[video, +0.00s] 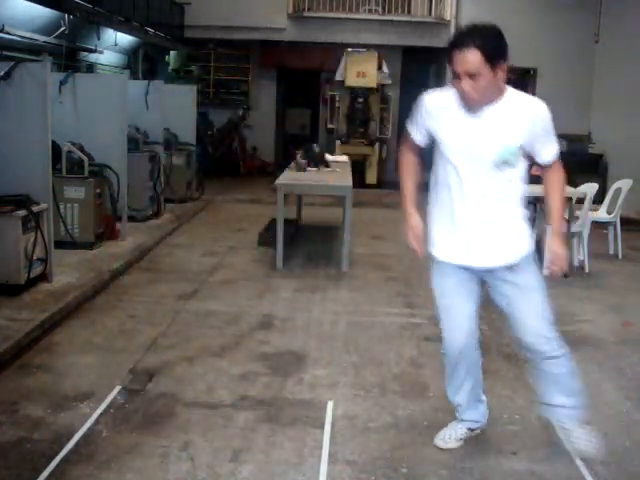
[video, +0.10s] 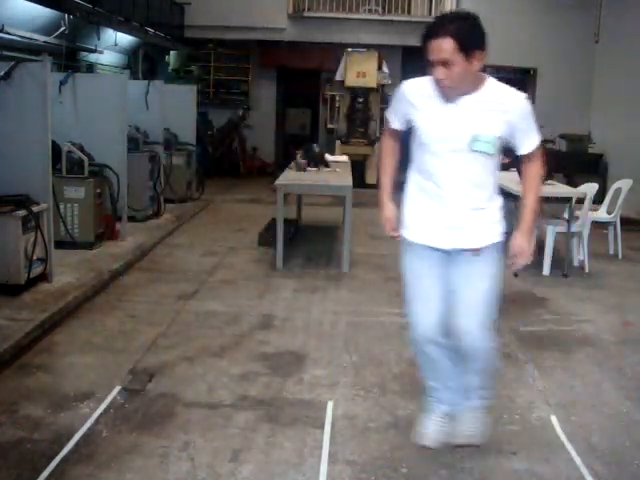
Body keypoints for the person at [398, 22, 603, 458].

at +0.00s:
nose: (463, 86)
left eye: (472, 76)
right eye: (457, 76)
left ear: (501, 70)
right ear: (449, 70)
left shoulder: (531, 113)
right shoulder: (434, 105)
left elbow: (552, 168)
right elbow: (409, 149)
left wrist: (556, 235)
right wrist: (411, 211)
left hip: (510, 252)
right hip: (449, 251)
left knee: (540, 339)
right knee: (457, 341)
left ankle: (568, 418)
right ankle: (469, 417)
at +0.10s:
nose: (436, 74)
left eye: (446, 64)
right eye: (432, 64)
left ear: (477, 60)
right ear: (426, 61)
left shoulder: (511, 105)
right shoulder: (412, 94)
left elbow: (532, 161)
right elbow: (391, 137)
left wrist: (525, 229)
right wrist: (386, 198)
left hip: (480, 240)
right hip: (421, 236)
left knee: (471, 331)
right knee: (424, 328)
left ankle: (473, 403)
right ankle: (441, 404)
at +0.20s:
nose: (410, 83)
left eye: (418, 73)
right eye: (406, 73)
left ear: (451, 70)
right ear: (402, 70)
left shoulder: (485, 121)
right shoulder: (391, 106)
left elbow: (499, 190)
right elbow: (373, 157)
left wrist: (491, 258)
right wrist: (364, 216)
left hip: (445, 255)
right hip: (387, 245)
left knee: (428, 346)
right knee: (370, 331)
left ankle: (419, 419)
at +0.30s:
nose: (379, 94)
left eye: (388, 85)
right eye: (376, 83)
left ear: (420, 86)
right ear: (372, 81)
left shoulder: (449, 138)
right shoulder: (361, 116)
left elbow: (457, 215)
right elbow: (345, 179)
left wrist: (455, 286)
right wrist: (329, 236)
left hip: (416, 268)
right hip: (353, 257)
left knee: (433, 359)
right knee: (309, 328)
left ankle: (423, 420)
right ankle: (295, 402)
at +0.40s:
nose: (340, 78)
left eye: (350, 70)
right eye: (338, 68)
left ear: (383, 72)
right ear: (335, 65)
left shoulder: (410, 127)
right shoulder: (321, 98)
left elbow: (421, 198)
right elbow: (299, 158)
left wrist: (418, 270)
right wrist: (280, 217)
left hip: (367, 258)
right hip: (304, 248)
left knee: (385, 342)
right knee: (278, 334)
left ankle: (421, 419)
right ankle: (269, 408)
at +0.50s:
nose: (302, 58)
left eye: (312, 50)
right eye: (299, 48)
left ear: (343, 54)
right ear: (295, 46)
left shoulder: (369, 112)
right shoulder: (279, 80)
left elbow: (392, 175)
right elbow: (255, 125)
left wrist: (388, 244)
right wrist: (235, 182)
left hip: (319, 241)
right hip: (261, 230)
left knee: (314, 326)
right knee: (245, 315)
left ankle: (349, 393)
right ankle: (257, 396)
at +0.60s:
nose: (256, 58)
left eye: (267, 48)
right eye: (254, 48)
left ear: (299, 54)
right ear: (251, 48)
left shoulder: (328, 110)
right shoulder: (239, 84)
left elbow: (363, 168)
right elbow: (218, 129)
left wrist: (351, 242)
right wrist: (188, 182)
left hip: (276, 243)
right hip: (220, 229)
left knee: (256, 334)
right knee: (190, 307)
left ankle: (238, 398)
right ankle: (195, 387)